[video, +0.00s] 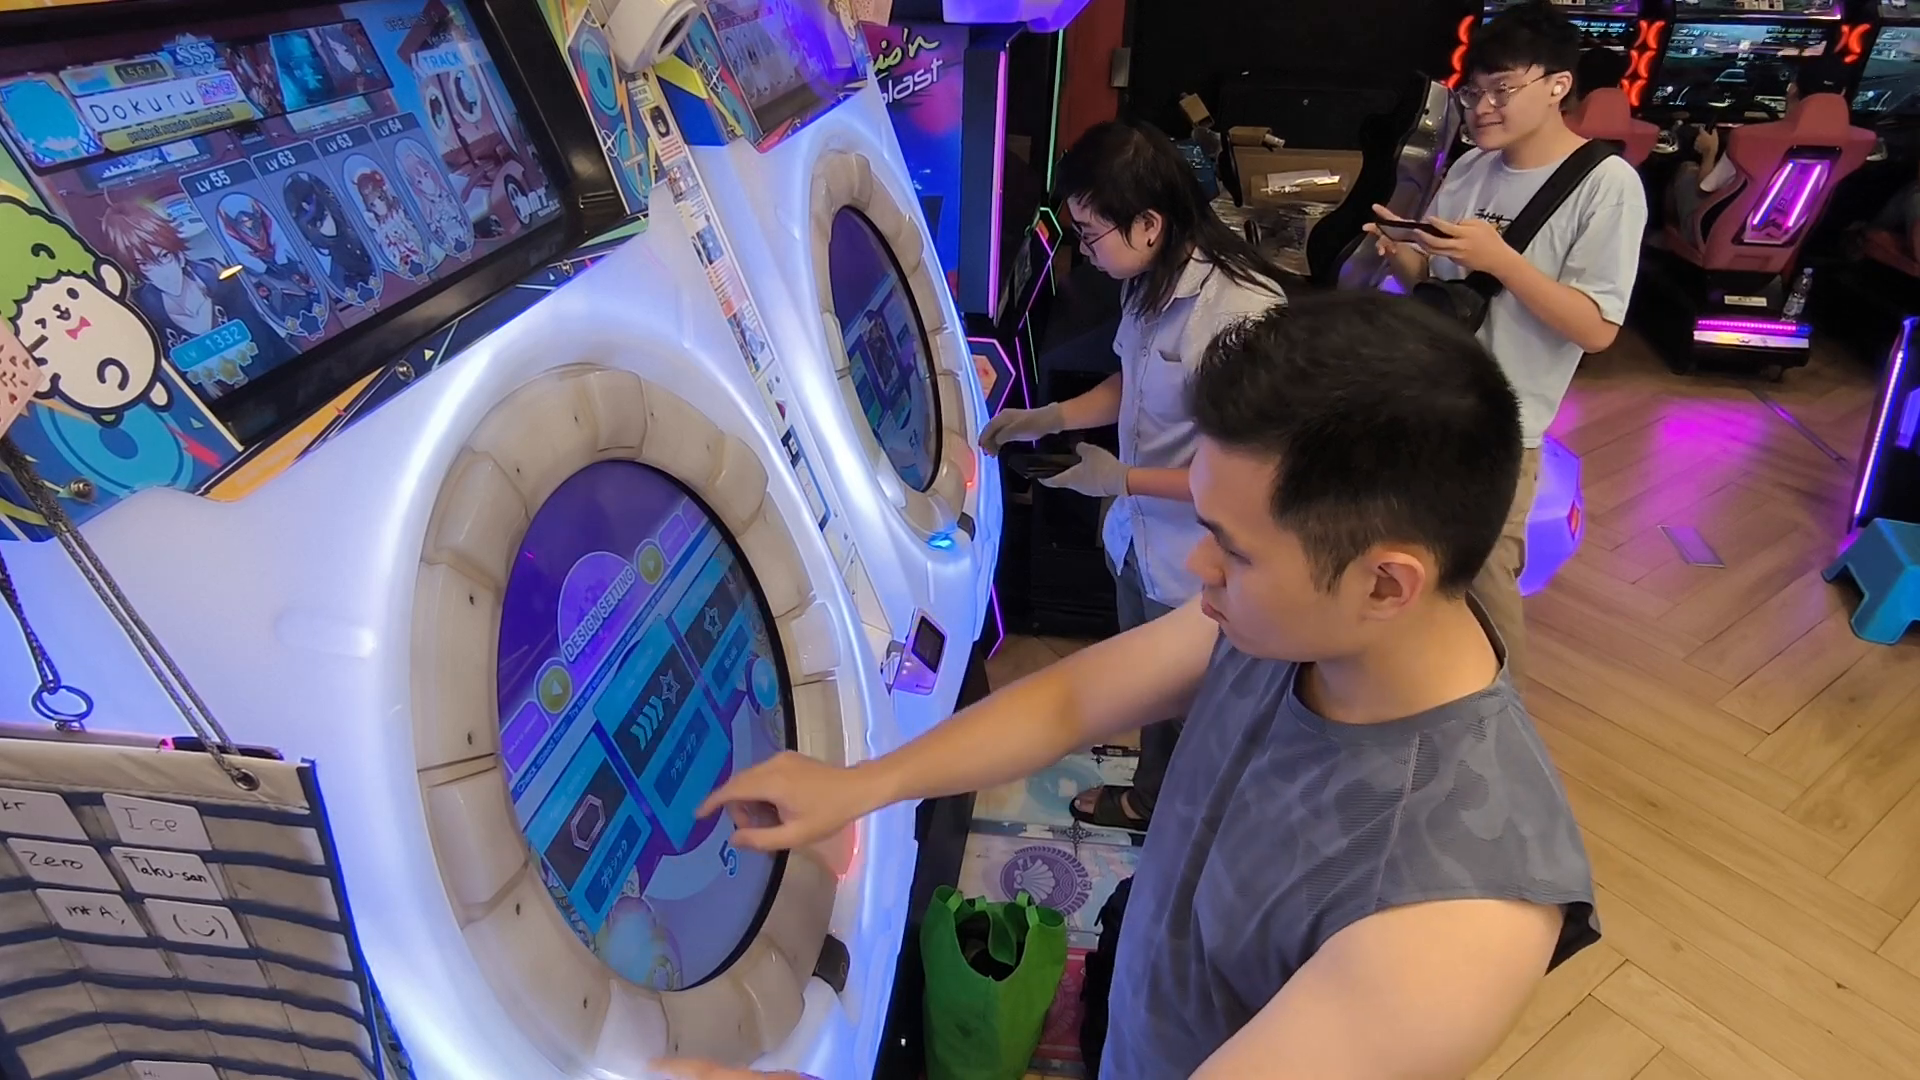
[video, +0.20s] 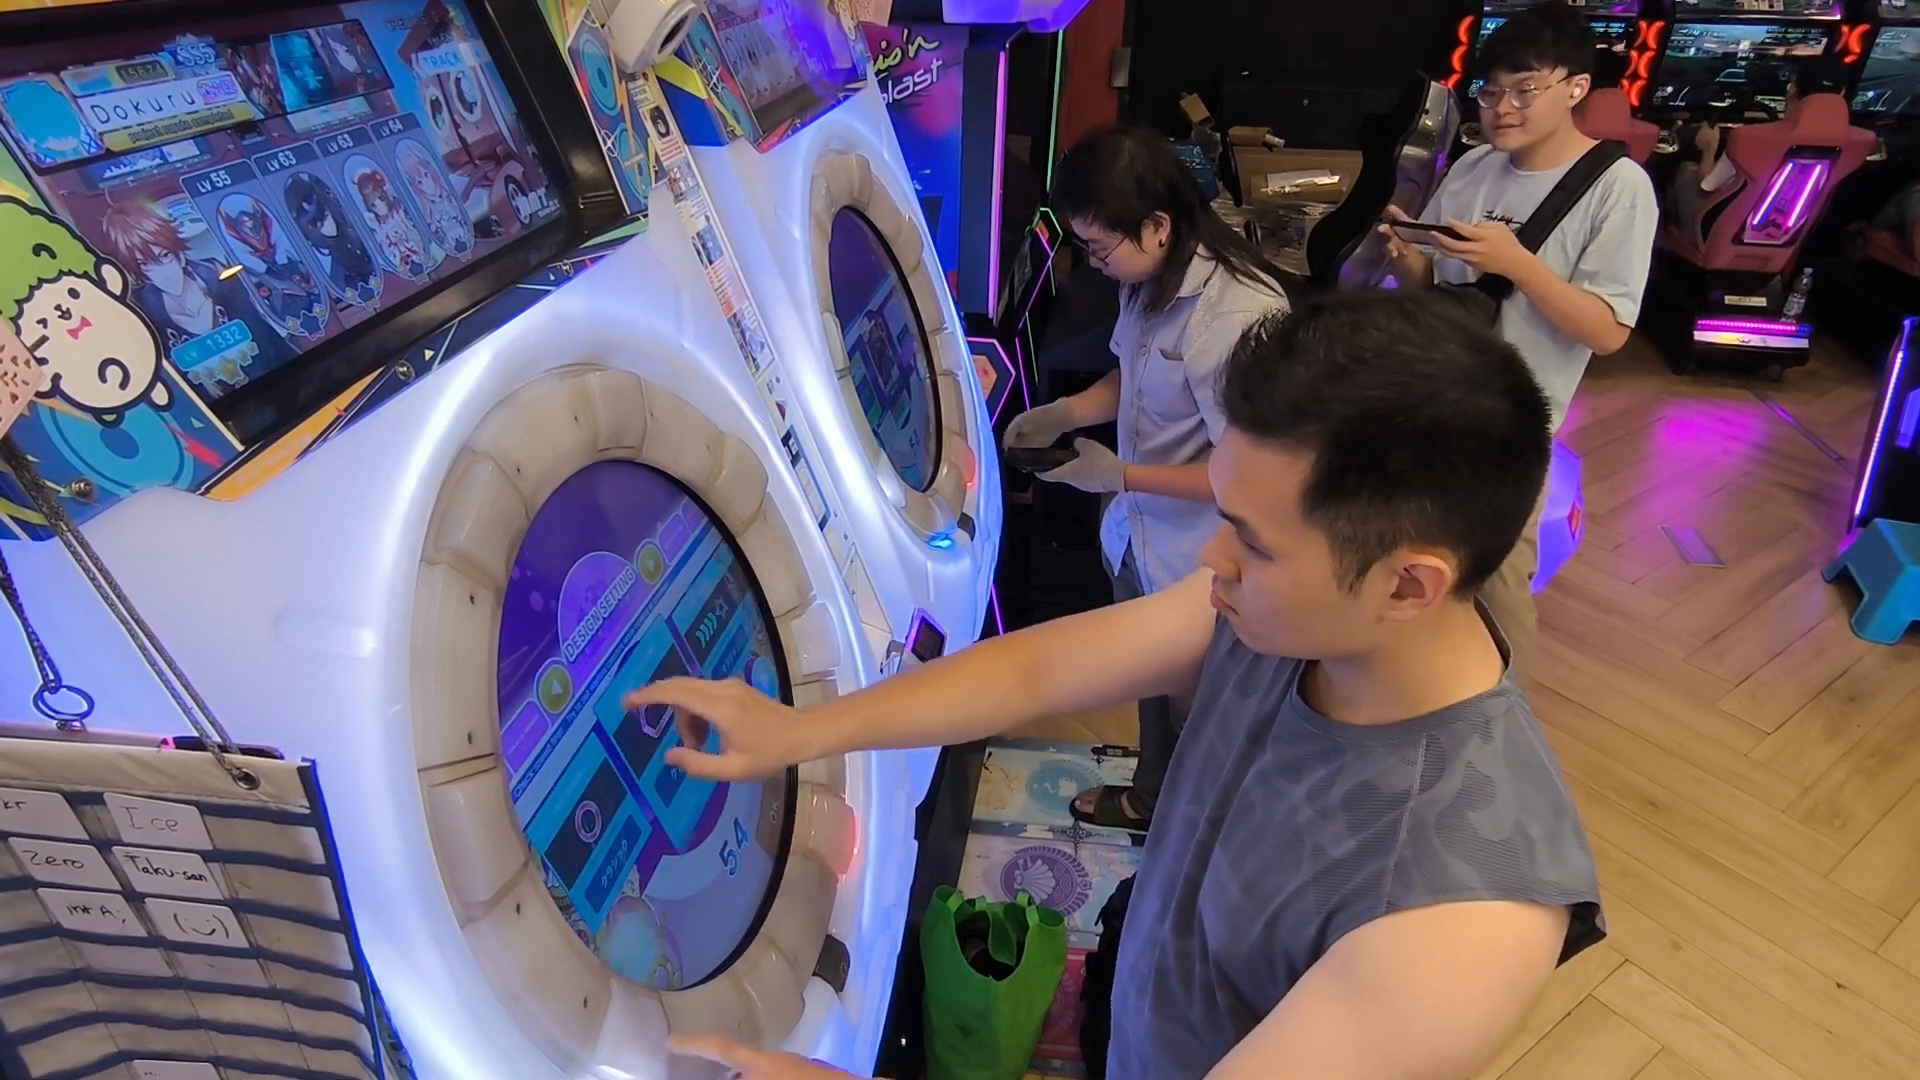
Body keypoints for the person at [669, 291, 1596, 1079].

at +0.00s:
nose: (1189, 563)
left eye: (1229, 551)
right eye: (1203, 522)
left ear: (1389, 585)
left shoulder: (1457, 905)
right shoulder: (1292, 607)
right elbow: (1070, 702)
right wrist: (861, 784)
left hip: (1179, 1071)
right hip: (1129, 987)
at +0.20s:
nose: (1205, 557)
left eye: (1252, 544)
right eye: (1221, 517)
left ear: (1409, 587)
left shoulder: (1465, 908)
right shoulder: (1288, 599)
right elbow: (1041, 668)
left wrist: (841, 1074)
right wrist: (807, 726)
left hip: (1195, 1071)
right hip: (1128, 994)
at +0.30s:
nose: (1214, 556)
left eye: (1262, 544)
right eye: (1230, 514)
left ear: (1420, 585)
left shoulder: (1470, 910)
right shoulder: (1280, 592)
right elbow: (1027, 660)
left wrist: (859, 1078)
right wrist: (772, 712)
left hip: (1201, 1079)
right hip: (1131, 1008)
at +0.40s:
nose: (1218, 556)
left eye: (1269, 545)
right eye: (1236, 513)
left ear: (1427, 589)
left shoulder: (1473, 915)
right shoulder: (1282, 589)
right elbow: (1025, 660)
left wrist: (864, 1079)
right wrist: (772, 722)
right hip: (1134, 1007)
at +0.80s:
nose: (1217, 557)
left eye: (1266, 543)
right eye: (1234, 514)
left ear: (1426, 590)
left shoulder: (1473, 904)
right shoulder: (1288, 611)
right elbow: (1071, 713)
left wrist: (868, 1074)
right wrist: (867, 826)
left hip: (1196, 1076)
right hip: (1130, 1020)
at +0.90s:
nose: (1215, 554)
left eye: (1263, 541)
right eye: (1232, 511)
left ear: (1423, 590)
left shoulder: (1472, 903)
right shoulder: (1290, 610)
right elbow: (1065, 699)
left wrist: (862, 1075)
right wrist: (855, 796)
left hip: (1204, 1075)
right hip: (1133, 1018)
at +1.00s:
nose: (1219, 553)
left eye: (1268, 541)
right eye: (1237, 511)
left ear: (1427, 593)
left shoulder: (1472, 910)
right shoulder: (1296, 605)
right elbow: (1061, 680)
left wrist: (811, 1069)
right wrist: (841, 767)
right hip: (1135, 1014)